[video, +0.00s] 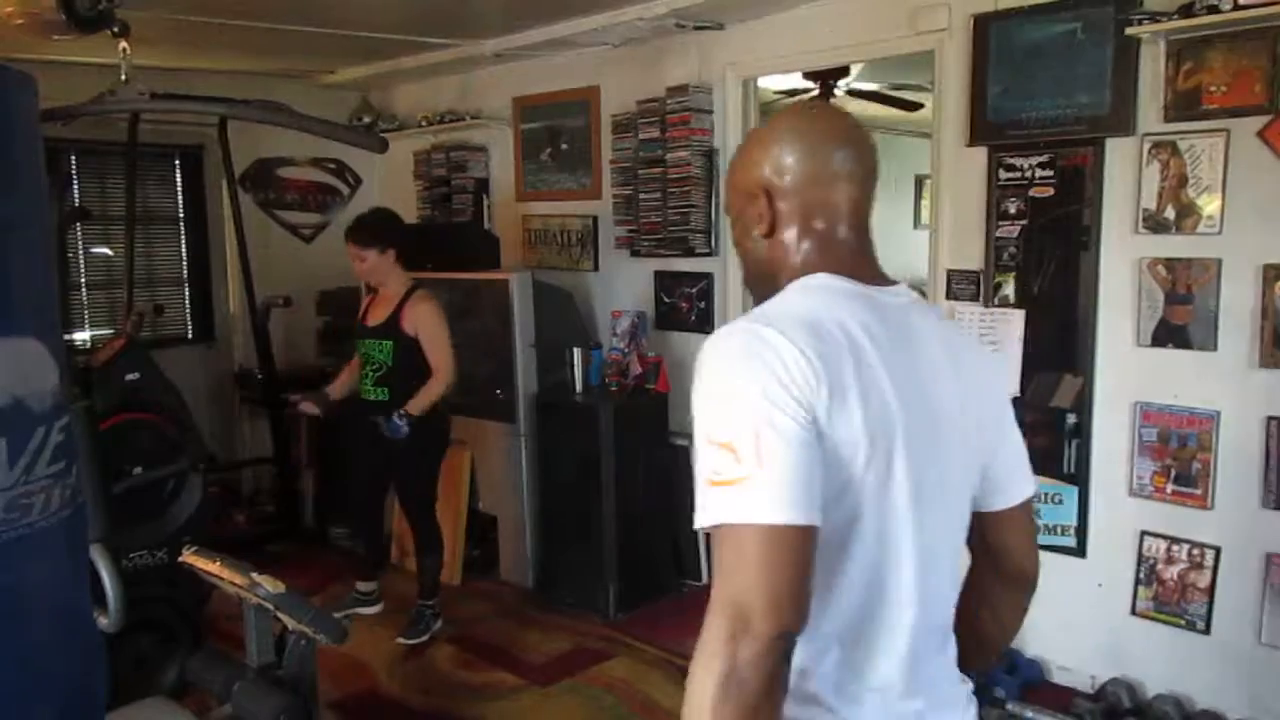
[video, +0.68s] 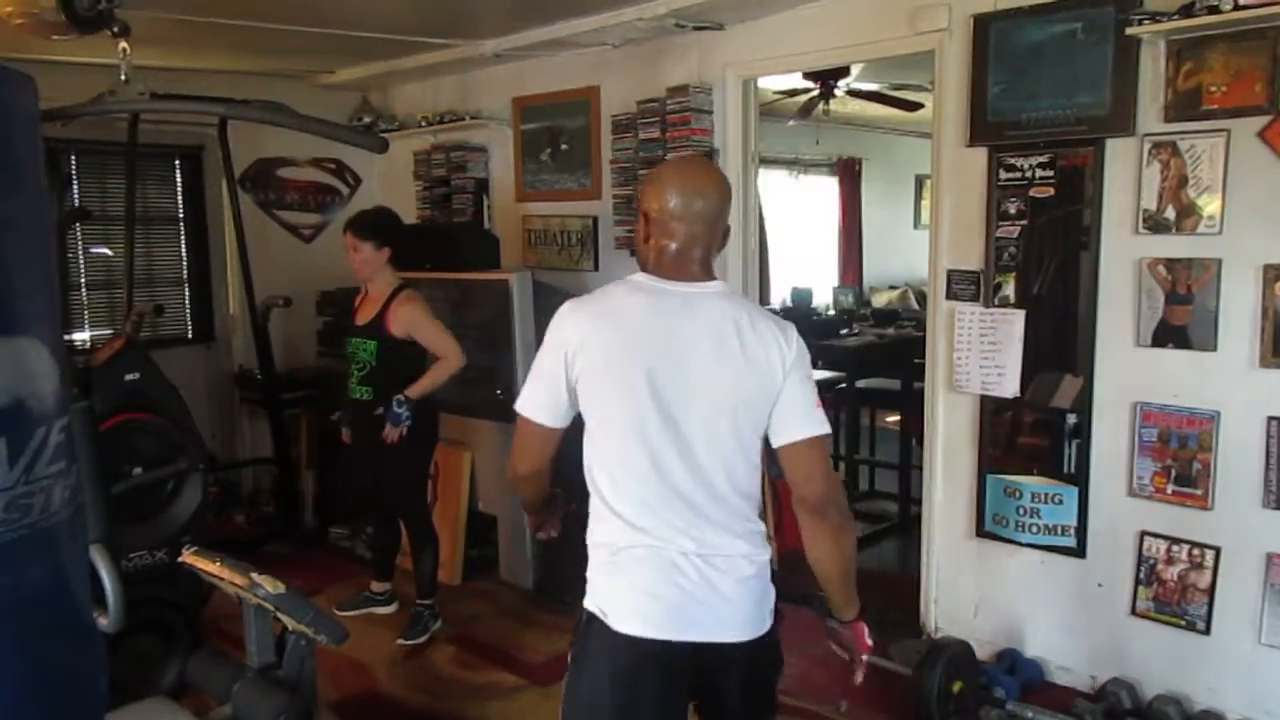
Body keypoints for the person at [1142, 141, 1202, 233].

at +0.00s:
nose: (1157, 159)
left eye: (1159, 154)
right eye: (1155, 156)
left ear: (1168, 150)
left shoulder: (1175, 161)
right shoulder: (1164, 166)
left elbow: (1171, 187)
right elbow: (1161, 189)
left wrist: (1160, 213)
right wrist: (1157, 213)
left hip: (1191, 211)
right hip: (1180, 212)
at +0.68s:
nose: (1158, 159)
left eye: (1160, 154)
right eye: (1155, 156)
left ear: (1169, 150)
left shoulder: (1175, 161)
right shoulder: (1164, 165)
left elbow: (1171, 187)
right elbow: (1162, 188)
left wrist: (1161, 213)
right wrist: (1157, 213)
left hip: (1190, 211)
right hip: (1180, 212)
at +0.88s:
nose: (1158, 159)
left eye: (1160, 154)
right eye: (1156, 156)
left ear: (1168, 150)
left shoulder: (1175, 161)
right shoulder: (1164, 165)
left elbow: (1170, 187)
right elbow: (1162, 188)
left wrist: (1160, 213)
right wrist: (1157, 213)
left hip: (1191, 210)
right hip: (1180, 212)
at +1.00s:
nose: (1158, 159)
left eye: (1159, 154)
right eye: (1156, 156)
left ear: (1168, 150)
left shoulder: (1175, 161)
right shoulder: (1164, 165)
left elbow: (1170, 187)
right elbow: (1162, 188)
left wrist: (1160, 213)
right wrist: (1157, 213)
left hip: (1190, 210)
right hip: (1180, 212)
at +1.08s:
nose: (1158, 159)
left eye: (1159, 154)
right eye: (1156, 156)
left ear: (1168, 150)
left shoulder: (1175, 161)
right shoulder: (1164, 165)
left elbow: (1170, 187)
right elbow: (1162, 188)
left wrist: (1160, 213)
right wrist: (1157, 212)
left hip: (1190, 211)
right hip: (1180, 212)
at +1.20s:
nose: (1158, 159)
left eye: (1159, 154)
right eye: (1156, 156)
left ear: (1168, 150)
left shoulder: (1175, 161)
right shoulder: (1164, 165)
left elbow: (1170, 187)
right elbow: (1162, 188)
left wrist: (1161, 213)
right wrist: (1157, 212)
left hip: (1190, 211)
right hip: (1180, 212)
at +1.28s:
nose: (1158, 159)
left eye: (1159, 154)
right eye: (1156, 156)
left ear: (1168, 150)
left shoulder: (1175, 161)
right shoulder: (1164, 165)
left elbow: (1171, 187)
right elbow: (1162, 188)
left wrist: (1160, 213)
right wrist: (1157, 212)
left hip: (1190, 211)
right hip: (1180, 212)